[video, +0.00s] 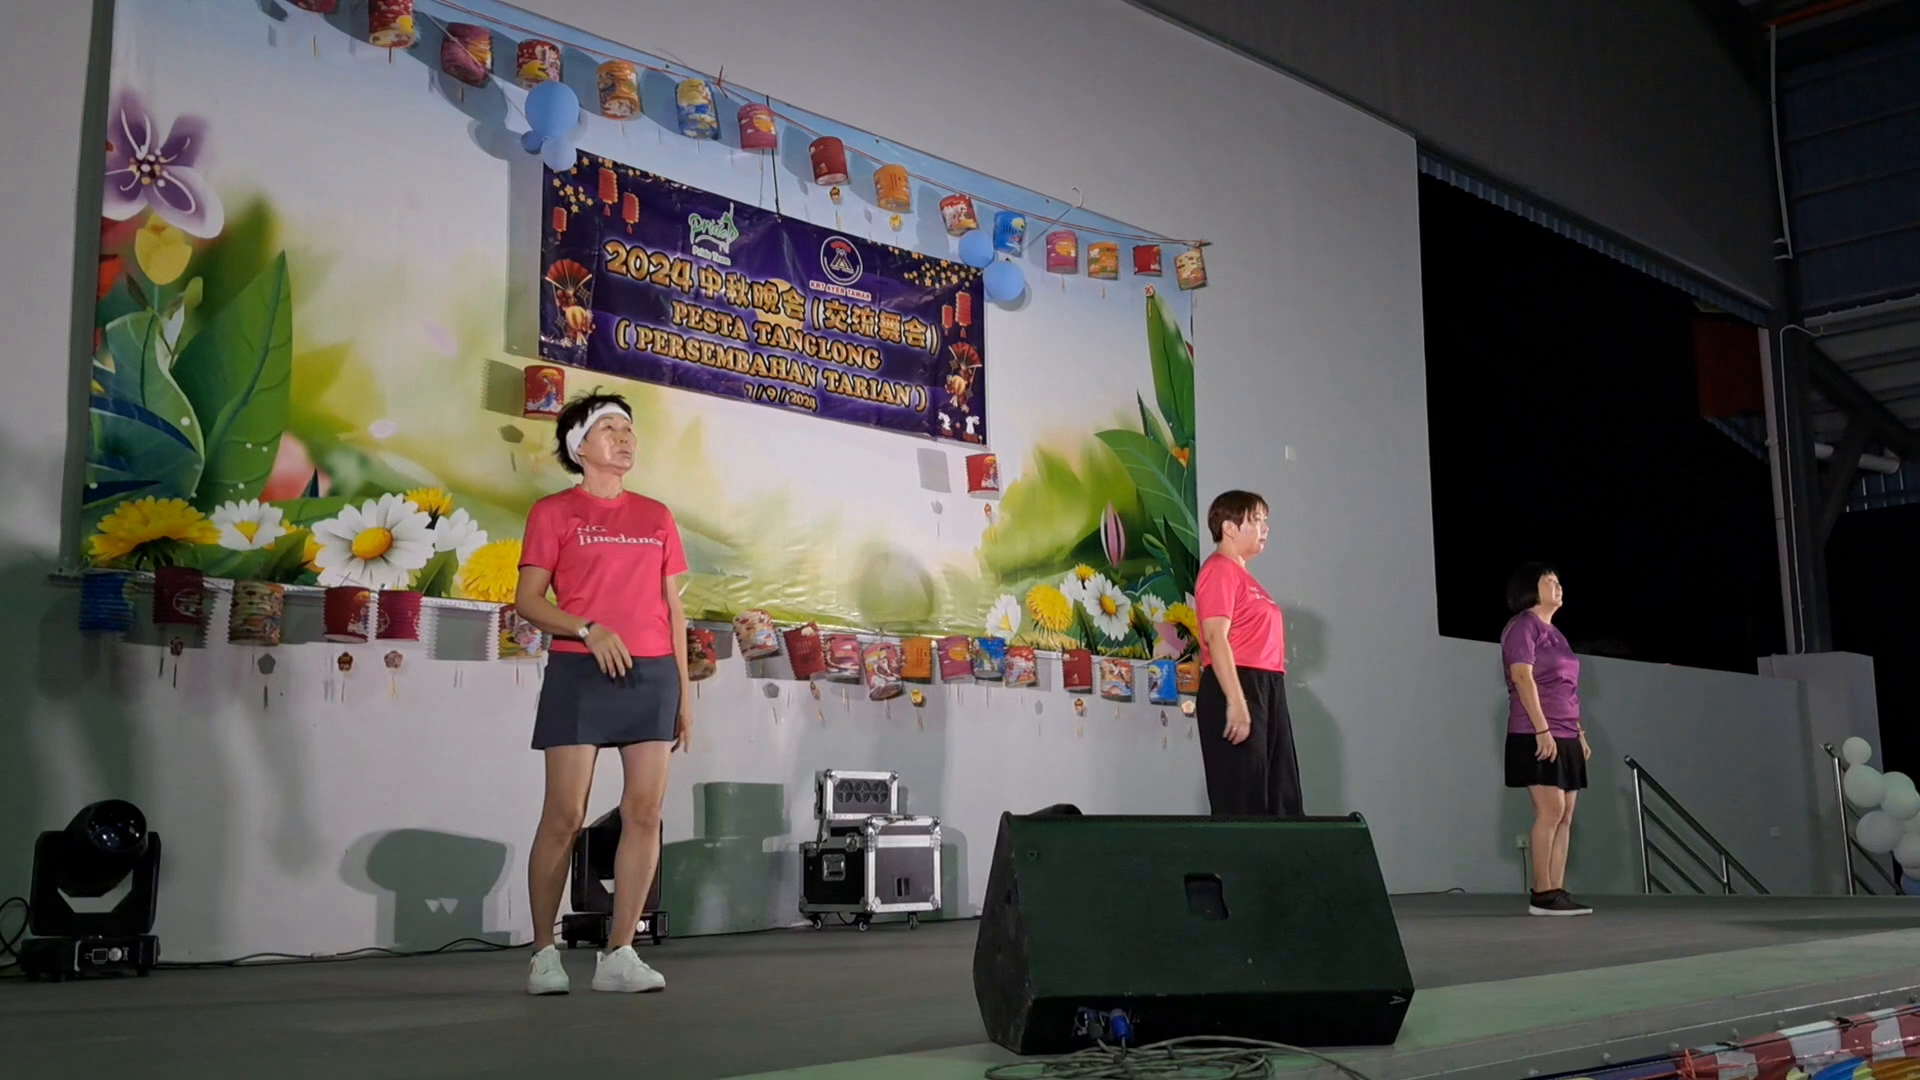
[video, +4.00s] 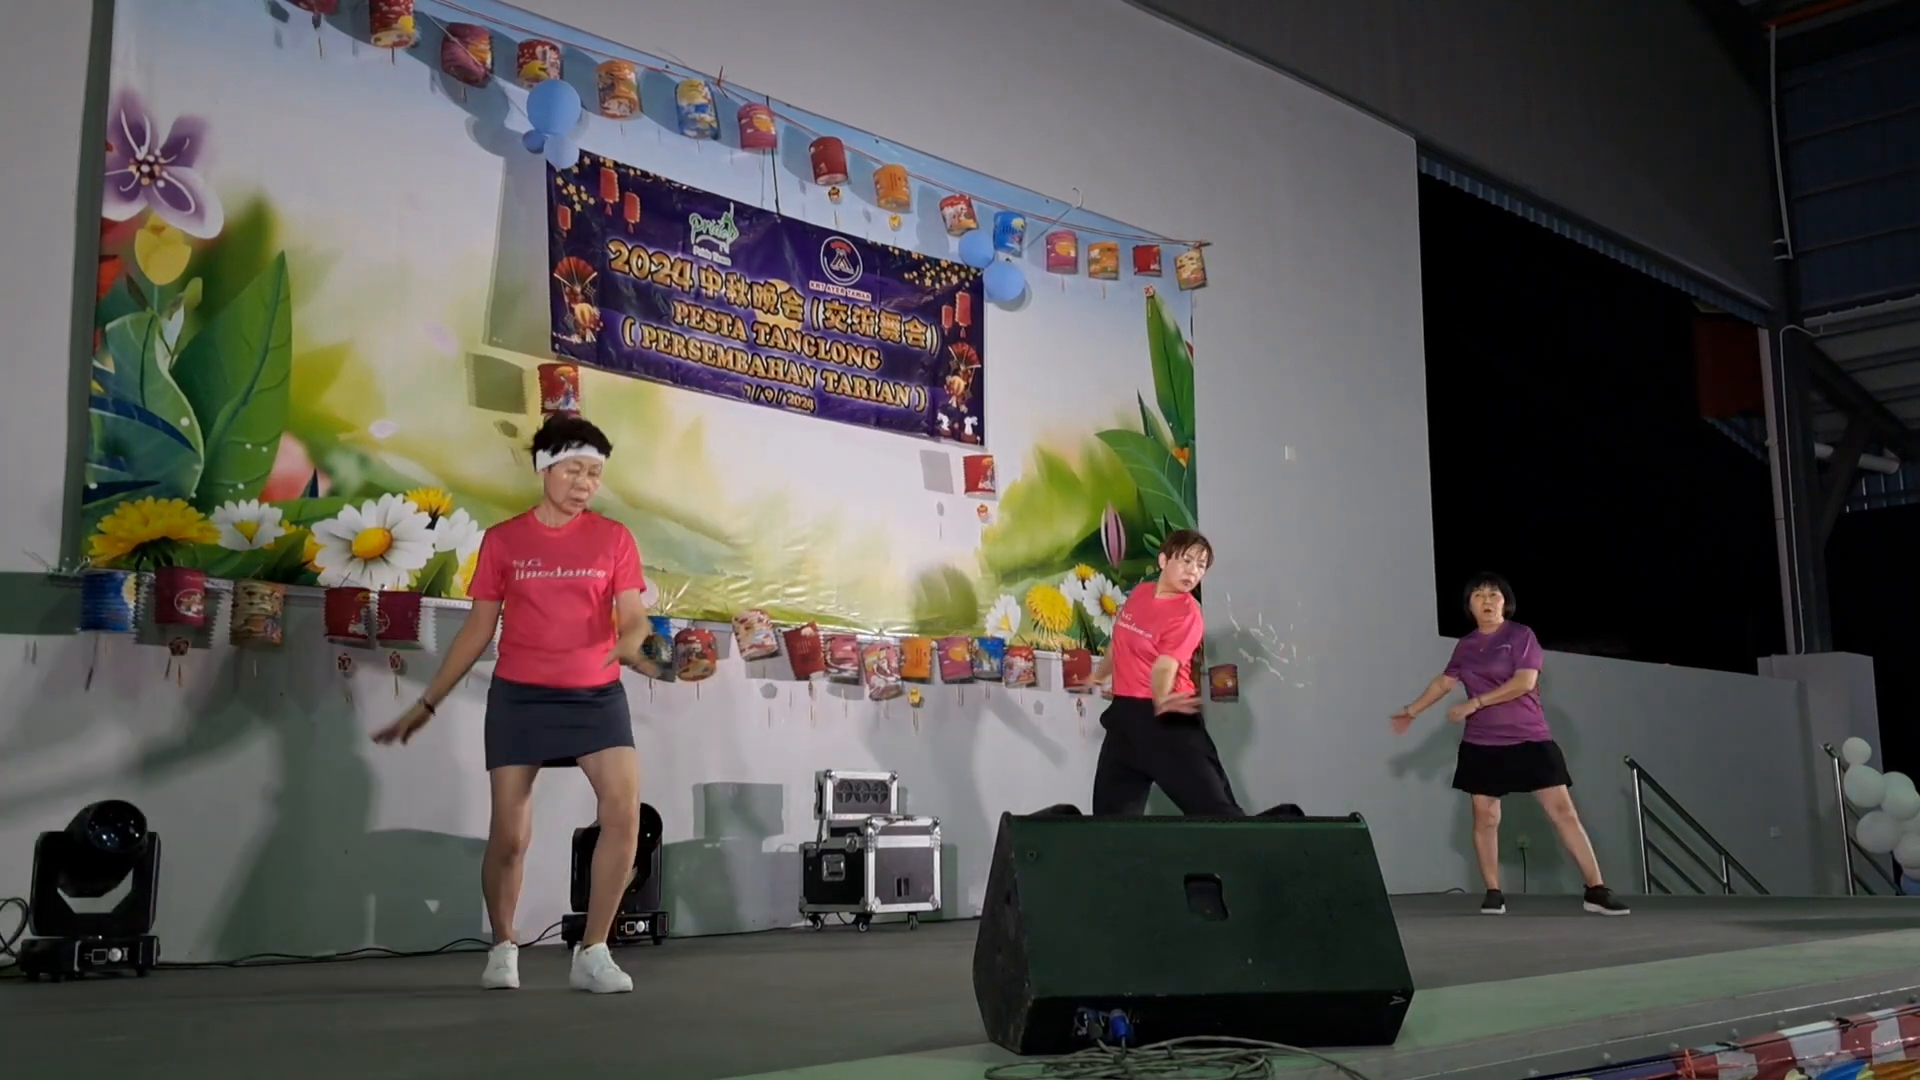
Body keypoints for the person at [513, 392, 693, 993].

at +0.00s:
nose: (624, 439)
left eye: (629, 431)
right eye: (610, 430)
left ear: (635, 447)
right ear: (579, 445)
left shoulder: (657, 516)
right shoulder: (553, 513)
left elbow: (675, 612)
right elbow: (528, 600)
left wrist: (684, 694)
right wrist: (588, 629)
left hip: (654, 674)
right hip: (578, 674)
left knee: (645, 812)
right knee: (565, 818)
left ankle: (620, 952)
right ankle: (545, 949)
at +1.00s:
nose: (588, 439)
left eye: (591, 432)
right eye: (575, 430)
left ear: (594, 446)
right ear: (541, 442)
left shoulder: (611, 516)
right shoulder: (514, 512)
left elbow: (630, 613)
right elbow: (487, 608)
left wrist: (643, 690)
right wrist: (472, 695)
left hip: (613, 677)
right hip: (540, 677)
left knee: (619, 812)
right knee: (543, 814)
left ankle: (610, 952)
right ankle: (542, 950)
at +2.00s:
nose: (582, 448)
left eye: (588, 439)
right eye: (569, 437)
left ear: (595, 451)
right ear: (536, 448)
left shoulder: (608, 521)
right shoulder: (515, 510)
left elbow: (669, 583)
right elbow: (505, 562)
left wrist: (712, 535)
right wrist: (548, 510)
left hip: (606, 674)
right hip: (540, 673)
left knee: (618, 809)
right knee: (546, 813)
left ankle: (610, 953)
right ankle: (542, 951)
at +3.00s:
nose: (585, 438)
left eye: (590, 430)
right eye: (570, 430)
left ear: (598, 446)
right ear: (541, 447)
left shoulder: (617, 520)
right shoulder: (514, 516)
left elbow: (617, 604)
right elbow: (485, 609)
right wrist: (451, 688)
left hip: (603, 679)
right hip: (532, 678)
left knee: (629, 806)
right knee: (536, 817)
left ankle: (610, 949)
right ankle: (541, 950)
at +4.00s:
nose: (584, 482)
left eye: (594, 472)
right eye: (572, 469)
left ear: (601, 478)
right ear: (544, 470)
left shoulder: (615, 539)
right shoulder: (504, 540)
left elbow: (634, 623)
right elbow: (477, 632)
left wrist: (627, 649)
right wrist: (427, 704)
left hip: (596, 697)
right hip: (519, 696)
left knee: (624, 811)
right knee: (510, 836)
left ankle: (593, 949)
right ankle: (503, 945)